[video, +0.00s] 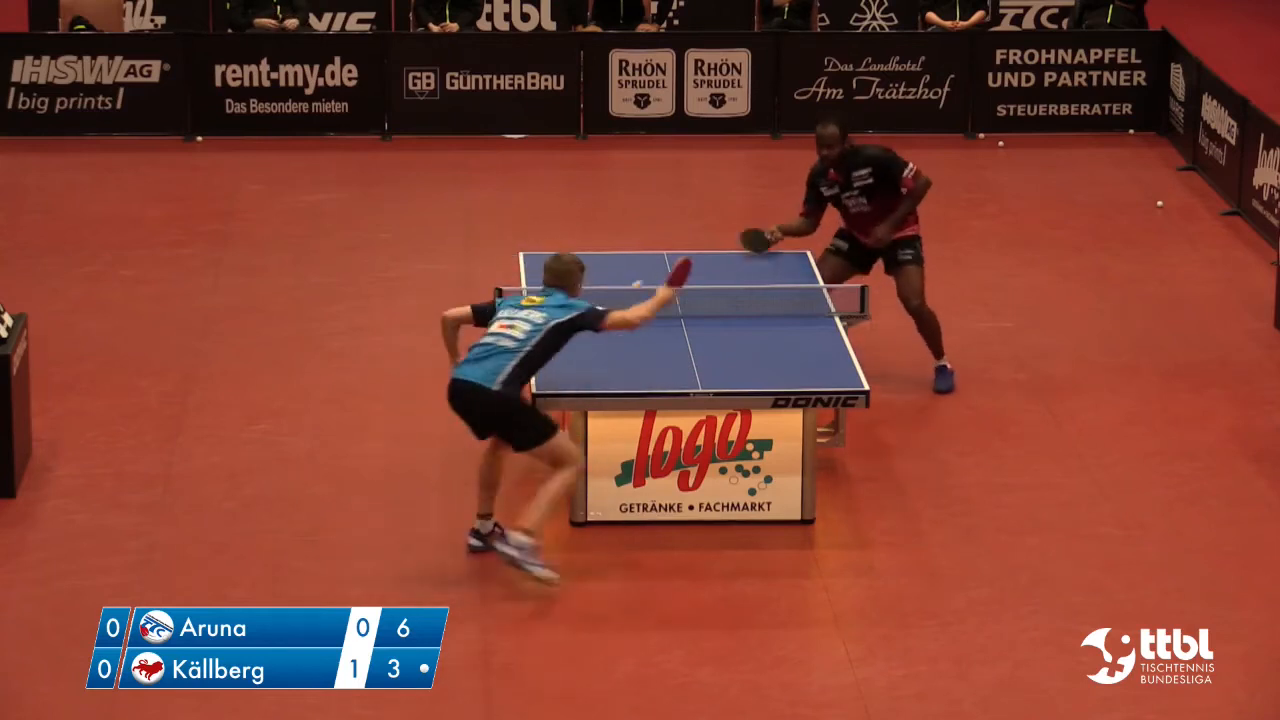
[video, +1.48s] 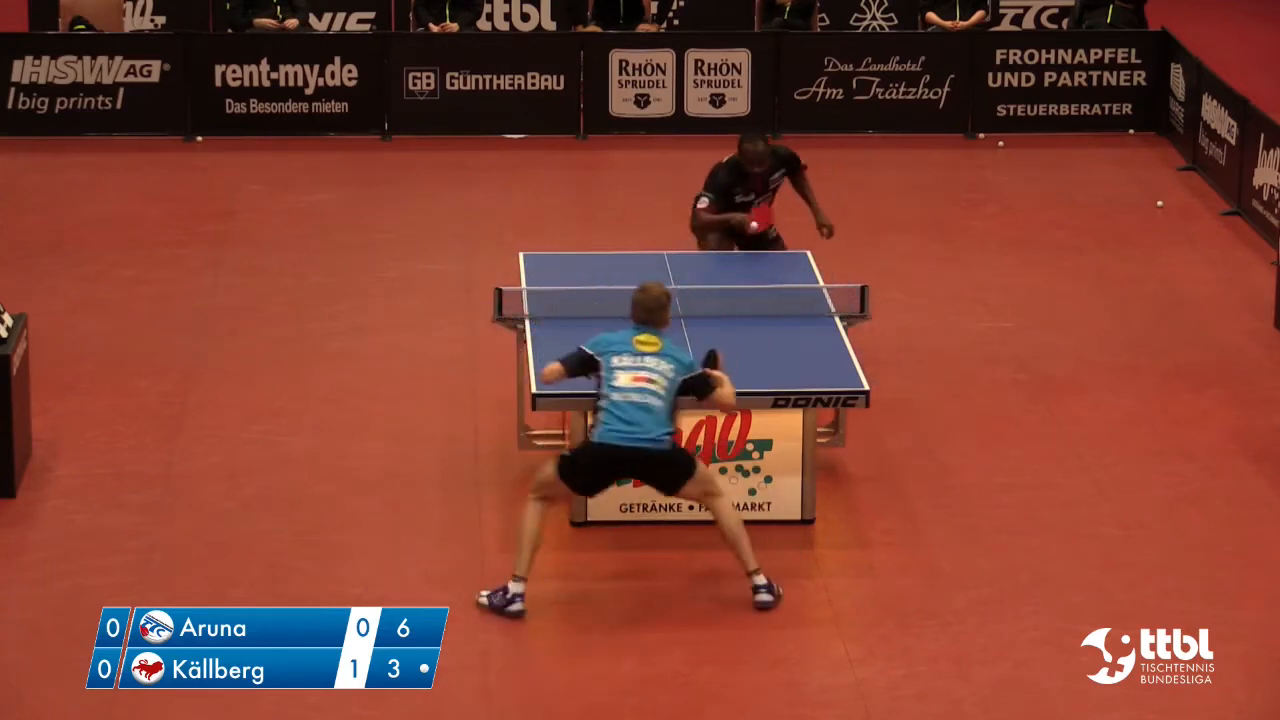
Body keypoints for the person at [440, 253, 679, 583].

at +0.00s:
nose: (582, 287)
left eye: (582, 282)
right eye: (581, 282)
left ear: (545, 280)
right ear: (576, 283)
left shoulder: (513, 302)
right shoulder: (573, 310)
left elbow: (450, 317)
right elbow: (632, 319)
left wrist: (455, 358)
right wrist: (661, 298)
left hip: (460, 389)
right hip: (496, 395)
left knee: (499, 441)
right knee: (571, 462)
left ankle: (484, 527)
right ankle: (523, 537)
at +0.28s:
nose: (588, 297)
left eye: (581, 289)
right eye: (588, 292)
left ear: (551, 294)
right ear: (584, 299)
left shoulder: (522, 325)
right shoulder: (595, 337)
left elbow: (477, 368)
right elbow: (646, 382)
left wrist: (497, 354)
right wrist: (659, 369)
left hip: (514, 430)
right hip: (565, 435)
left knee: (458, 471)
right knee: (629, 485)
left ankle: (439, 561)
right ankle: (660, 574)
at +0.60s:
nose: (587, 311)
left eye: (584, 303)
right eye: (586, 305)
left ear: (547, 301)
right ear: (578, 310)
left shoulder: (514, 326)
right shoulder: (578, 352)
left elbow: (477, 356)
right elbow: (629, 403)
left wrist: (506, 347)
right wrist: (675, 393)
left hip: (492, 449)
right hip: (542, 452)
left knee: (432, 498)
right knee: (625, 454)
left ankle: (399, 578)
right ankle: (601, 546)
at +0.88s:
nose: (711, 309)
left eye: (709, 302)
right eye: (711, 303)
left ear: (672, 298)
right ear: (702, 306)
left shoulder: (639, 316)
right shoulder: (702, 347)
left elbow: (571, 328)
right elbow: (745, 377)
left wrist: (593, 321)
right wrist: (781, 361)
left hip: (604, 432)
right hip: (653, 442)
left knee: (526, 493)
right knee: (724, 464)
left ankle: (462, 566)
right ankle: (760, 544)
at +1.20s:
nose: (720, 282)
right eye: (720, 278)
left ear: (683, 280)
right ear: (718, 286)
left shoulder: (661, 305)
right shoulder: (730, 326)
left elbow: (609, 328)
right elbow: (764, 375)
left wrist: (602, 339)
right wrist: (779, 362)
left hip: (650, 410)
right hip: (699, 417)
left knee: (574, 480)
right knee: (749, 466)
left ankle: (531, 565)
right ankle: (771, 545)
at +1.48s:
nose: (663, 318)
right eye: (667, 313)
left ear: (632, 314)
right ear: (667, 318)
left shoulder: (607, 344)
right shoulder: (680, 359)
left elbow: (549, 375)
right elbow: (727, 400)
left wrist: (574, 366)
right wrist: (719, 376)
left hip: (606, 450)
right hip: (657, 453)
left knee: (538, 493)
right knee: (713, 495)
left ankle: (515, 591)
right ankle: (759, 583)